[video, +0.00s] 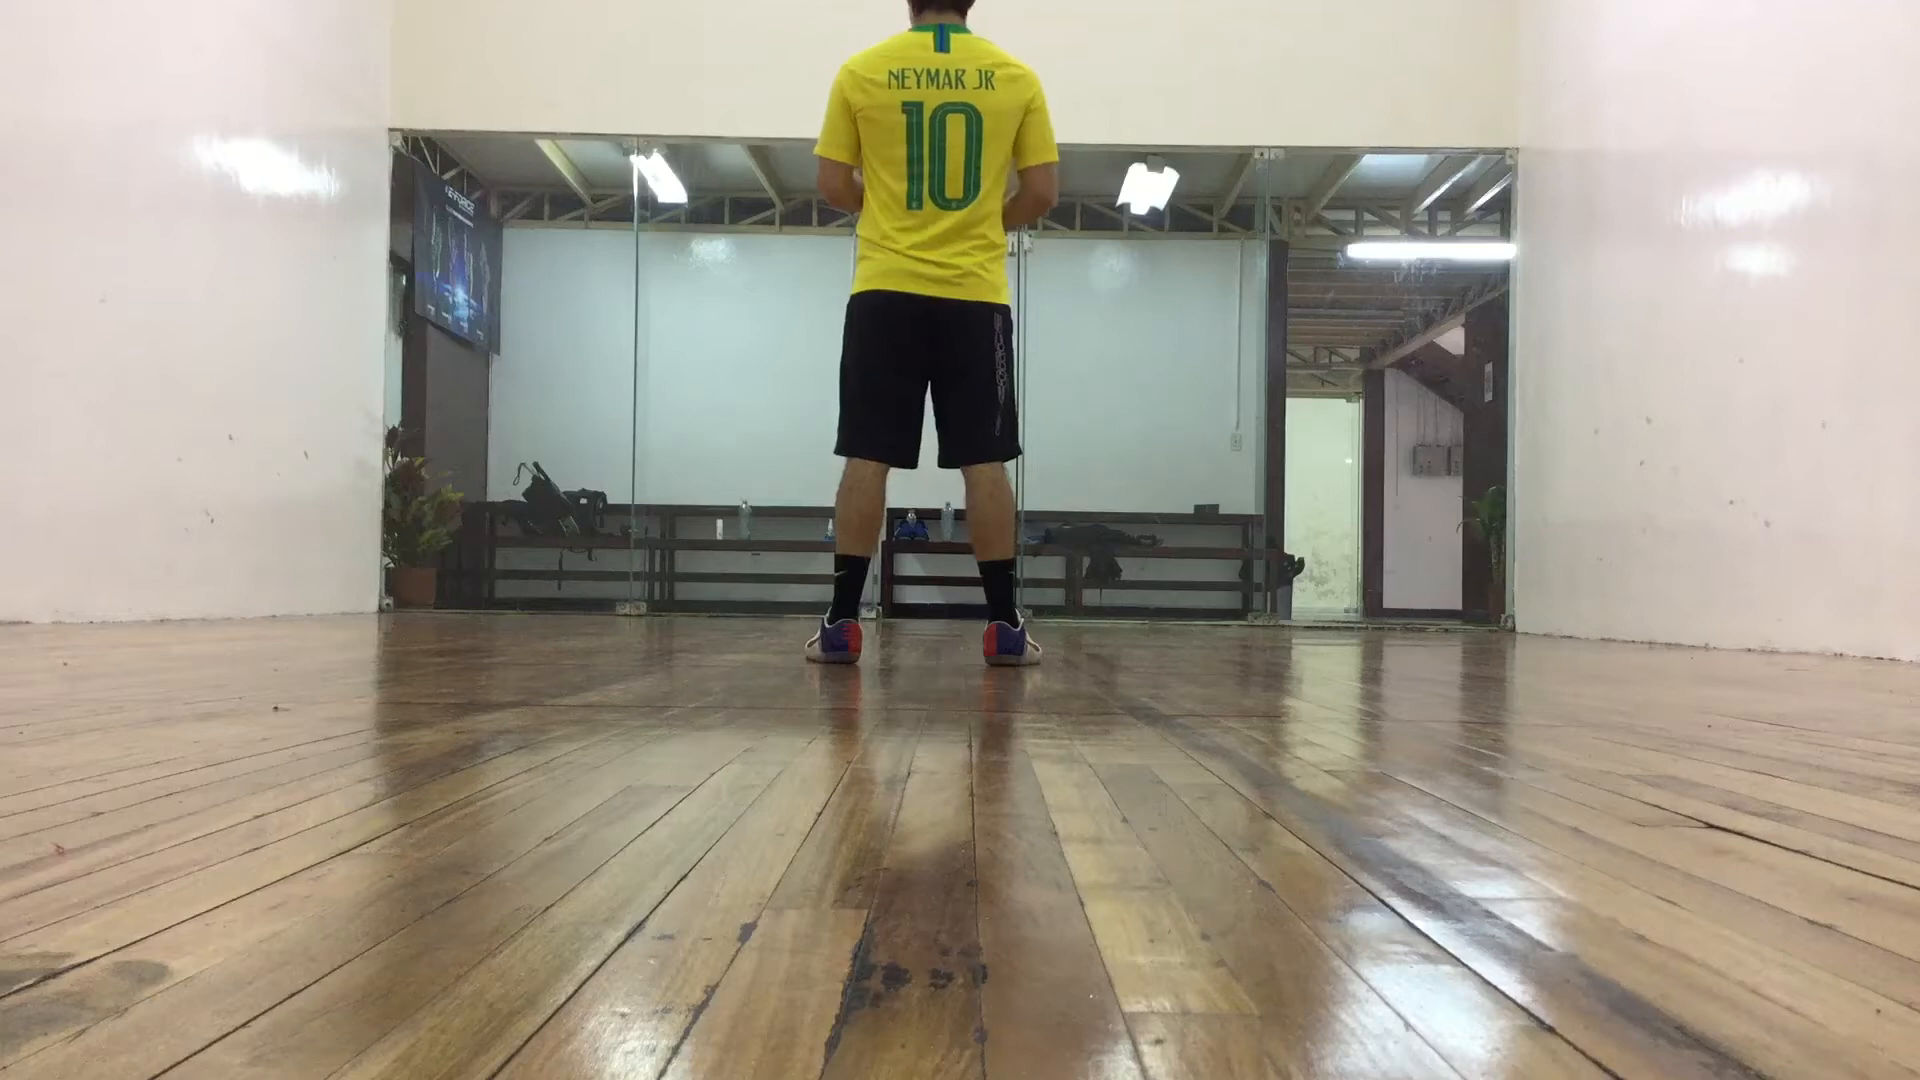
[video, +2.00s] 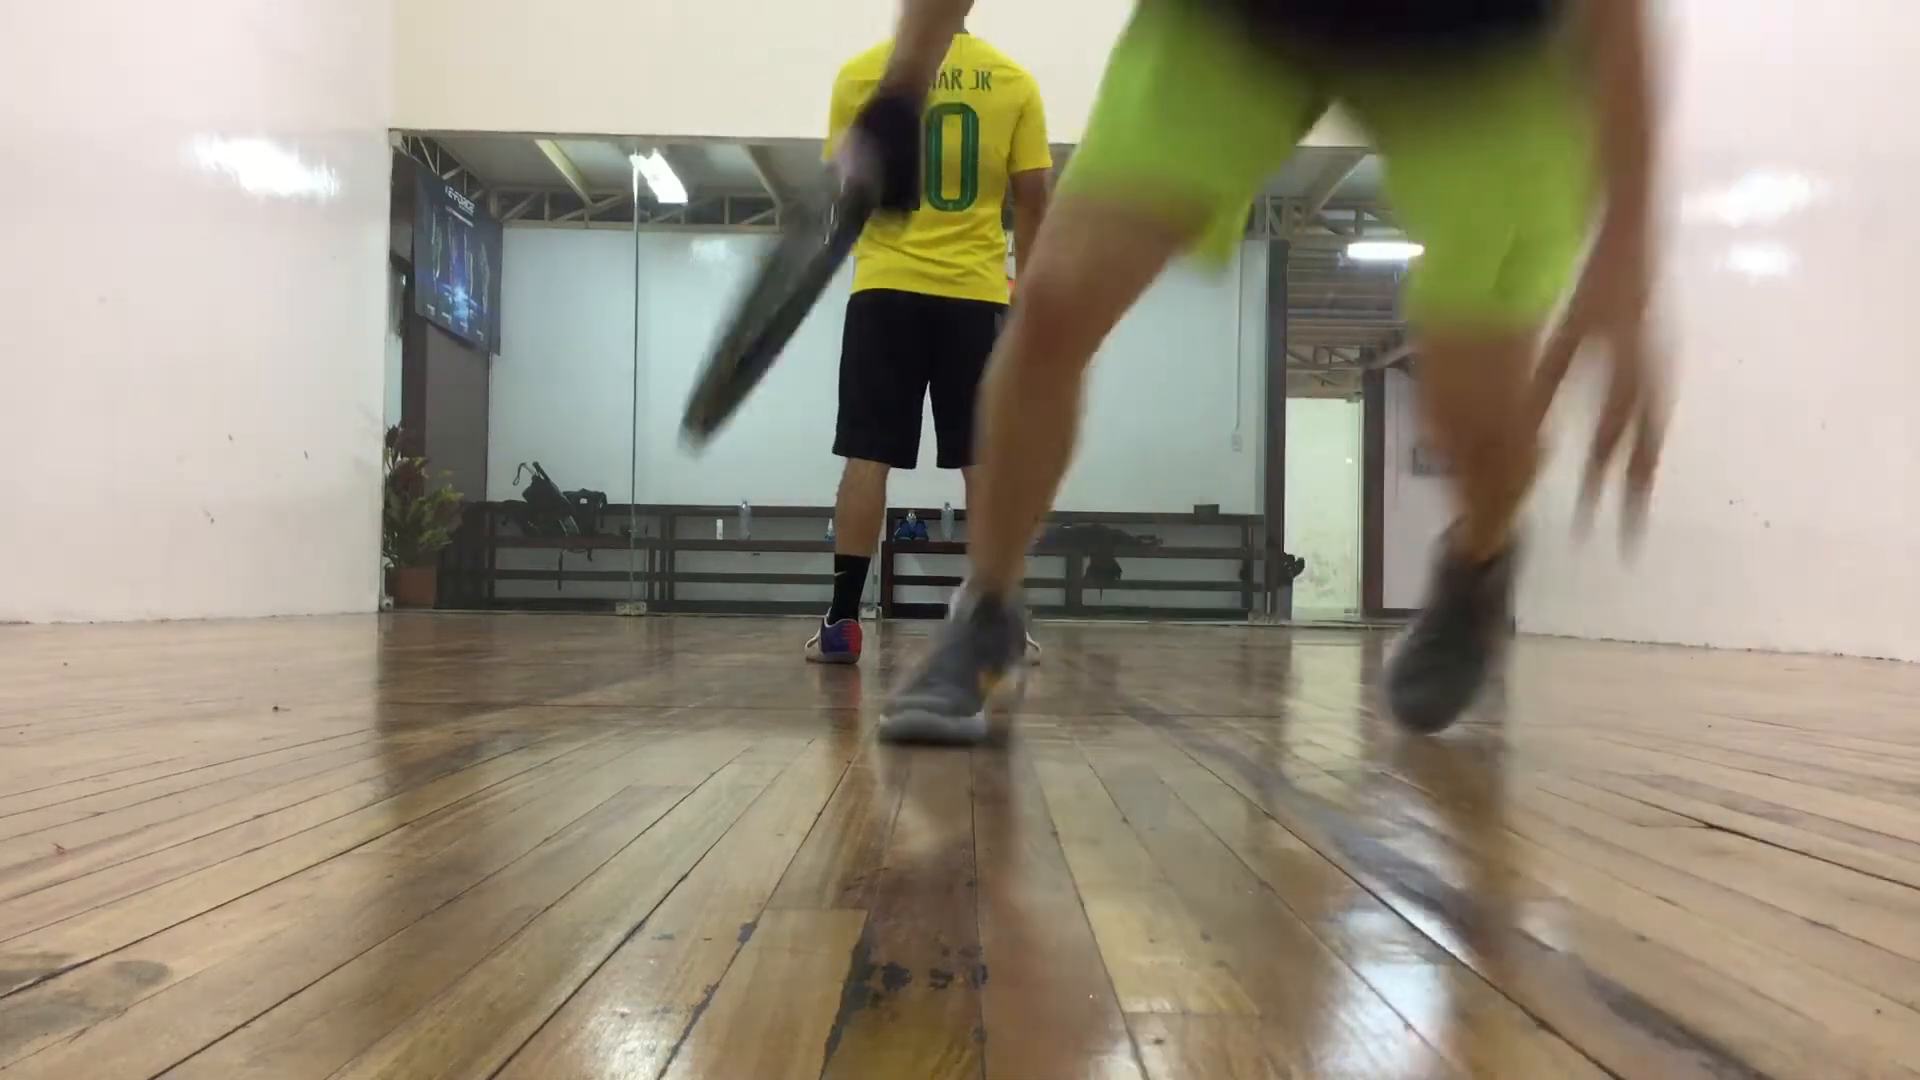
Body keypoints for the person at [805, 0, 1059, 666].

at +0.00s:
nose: (924, 12)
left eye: (913, 6)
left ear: (909, 4)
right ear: (970, 4)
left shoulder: (861, 71)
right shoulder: (1015, 76)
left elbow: (835, 186)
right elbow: (1041, 193)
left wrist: (887, 199)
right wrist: (983, 222)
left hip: (884, 298)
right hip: (974, 303)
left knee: (866, 458)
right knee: (985, 463)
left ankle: (842, 621)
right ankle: (1005, 625)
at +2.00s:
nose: (939, 10)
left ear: (906, 9)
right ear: (968, 9)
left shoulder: (861, 74)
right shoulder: (1011, 81)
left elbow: (845, 185)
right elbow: (1033, 202)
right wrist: (1029, 296)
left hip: (883, 300)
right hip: (976, 305)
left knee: (866, 460)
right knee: (986, 465)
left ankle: (842, 621)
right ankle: (998, 629)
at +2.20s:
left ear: (906, 3)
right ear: (968, 3)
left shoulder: (861, 74)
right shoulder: (1010, 65)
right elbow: (1037, 196)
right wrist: (1012, 254)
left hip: (884, 296)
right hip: (978, 300)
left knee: (866, 458)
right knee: (985, 459)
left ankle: (843, 620)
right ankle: (1000, 621)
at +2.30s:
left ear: (906, 6)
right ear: (969, 6)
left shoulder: (860, 75)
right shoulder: (1013, 75)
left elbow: (836, 197)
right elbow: (1043, 178)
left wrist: (875, 237)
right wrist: (1002, 242)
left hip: (895, 304)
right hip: (987, 306)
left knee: (867, 457)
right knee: (998, 456)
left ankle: (842, 622)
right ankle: (1000, 622)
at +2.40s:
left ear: (905, 7)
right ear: (969, 7)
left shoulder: (861, 74)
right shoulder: (1013, 76)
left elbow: (836, 194)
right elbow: (1038, 178)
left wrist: (866, 229)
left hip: (885, 291)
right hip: (982, 294)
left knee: (864, 452)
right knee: (991, 451)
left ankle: (840, 620)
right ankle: (999, 622)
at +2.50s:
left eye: (902, 13)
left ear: (903, 8)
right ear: (969, 8)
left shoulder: (861, 74)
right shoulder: (1015, 77)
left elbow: (835, 196)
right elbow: (1041, 182)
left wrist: (868, 245)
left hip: (887, 293)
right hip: (983, 293)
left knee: (854, 447)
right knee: (987, 445)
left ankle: (839, 619)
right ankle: (1000, 619)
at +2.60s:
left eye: (899, 10)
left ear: (904, 7)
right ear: (969, 8)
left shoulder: (862, 74)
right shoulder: (1015, 77)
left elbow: (837, 198)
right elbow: (1038, 182)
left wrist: (876, 233)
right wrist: (1004, 237)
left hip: (882, 286)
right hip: (982, 289)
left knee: (857, 443)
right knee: (985, 443)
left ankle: (836, 621)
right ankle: (1000, 620)